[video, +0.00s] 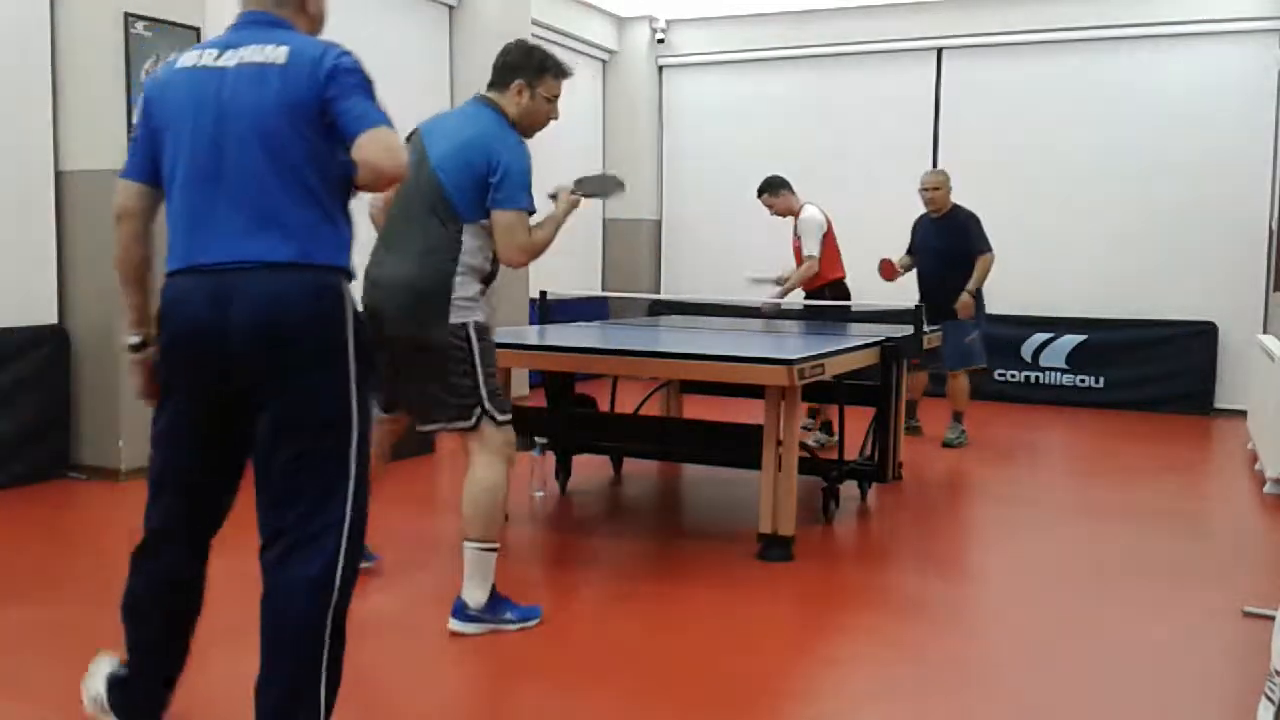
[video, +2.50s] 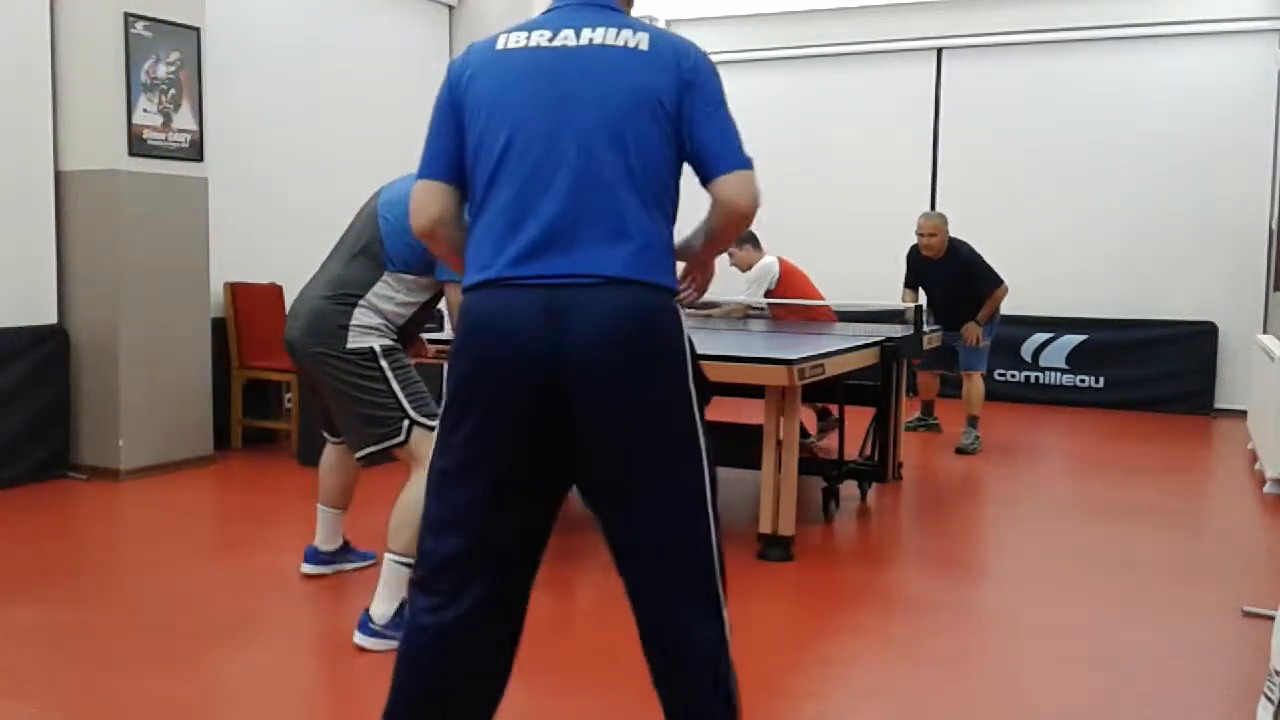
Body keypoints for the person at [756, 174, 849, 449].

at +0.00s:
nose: (772, 213)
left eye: (770, 206)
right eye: (768, 208)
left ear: (783, 194)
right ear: (783, 197)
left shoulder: (810, 217)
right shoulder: (803, 218)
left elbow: (812, 266)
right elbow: (810, 264)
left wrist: (780, 295)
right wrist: (789, 277)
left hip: (828, 295)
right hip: (818, 295)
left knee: (822, 362)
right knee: (816, 361)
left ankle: (825, 427)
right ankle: (817, 420)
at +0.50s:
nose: (785, 211)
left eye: (784, 204)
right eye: (781, 206)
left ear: (798, 192)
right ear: (797, 195)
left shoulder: (825, 214)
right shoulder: (817, 218)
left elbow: (838, 257)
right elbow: (825, 268)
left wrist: (799, 276)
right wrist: (805, 300)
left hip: (843, 294)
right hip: (831, 295)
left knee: (830, 363)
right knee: (829, 364)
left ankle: (828, 426)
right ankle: (846, 425)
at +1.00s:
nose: (777, 214)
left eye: (778, 206)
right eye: (773, 209)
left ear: (795, 197)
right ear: (797, 199)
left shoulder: (812, 221)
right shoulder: (820, 218)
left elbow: (810, 270)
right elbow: (835, 264)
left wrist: (769, 297)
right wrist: (813, 286)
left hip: (842, 299)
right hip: (846, 297)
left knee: (819, 367)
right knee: (828, 365)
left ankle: (827, 432)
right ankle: (841, 421)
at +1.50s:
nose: (779, 223)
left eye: (780, 216)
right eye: (775, 218)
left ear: (798, 208)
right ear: (796, 212)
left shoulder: (818, 228)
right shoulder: (810, 233)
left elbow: (819, 272)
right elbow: (823, 276)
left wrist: (782, 297)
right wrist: (803, 297)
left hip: (852, 305)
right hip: (837, 306)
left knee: (834, 368)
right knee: (817, 364)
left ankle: (845, 428)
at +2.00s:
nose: (746, 260)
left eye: (746, 252)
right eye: (744, 254)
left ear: (763, 245)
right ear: (766, 245)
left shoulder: (782, 262)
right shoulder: (786, 261)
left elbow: (749, 308)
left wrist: (709, 311)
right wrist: (723, 310)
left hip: (827, 330)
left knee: (779, 378)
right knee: (790, 377)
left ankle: (799, 433)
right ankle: (834, 420)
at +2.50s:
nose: (731, 262)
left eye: (732, 254)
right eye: (729, 256)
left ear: (748, 249)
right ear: (752, 250)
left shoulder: (766, 266)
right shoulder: (773, 265)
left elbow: (740, 310)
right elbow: (745, 308)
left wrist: (700, 314)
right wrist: (703, 310)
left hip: (813, 332)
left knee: (774, 377)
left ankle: (798, 432)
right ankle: (822, 413)